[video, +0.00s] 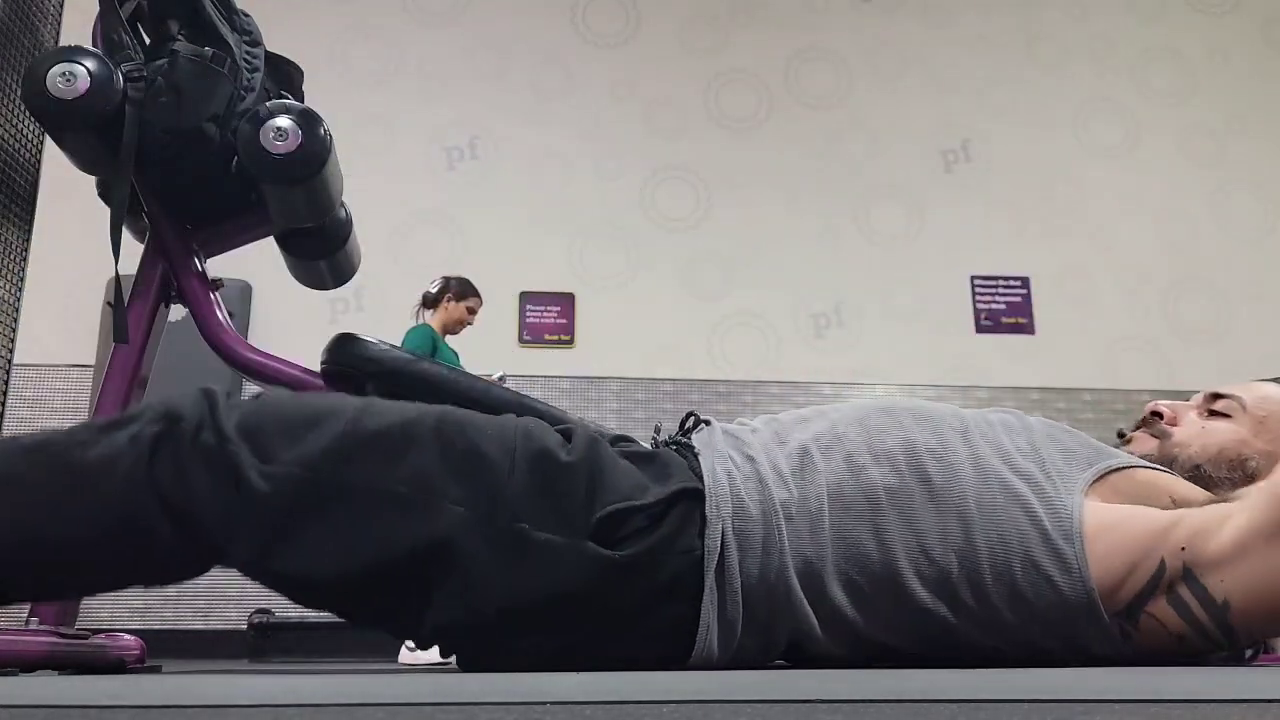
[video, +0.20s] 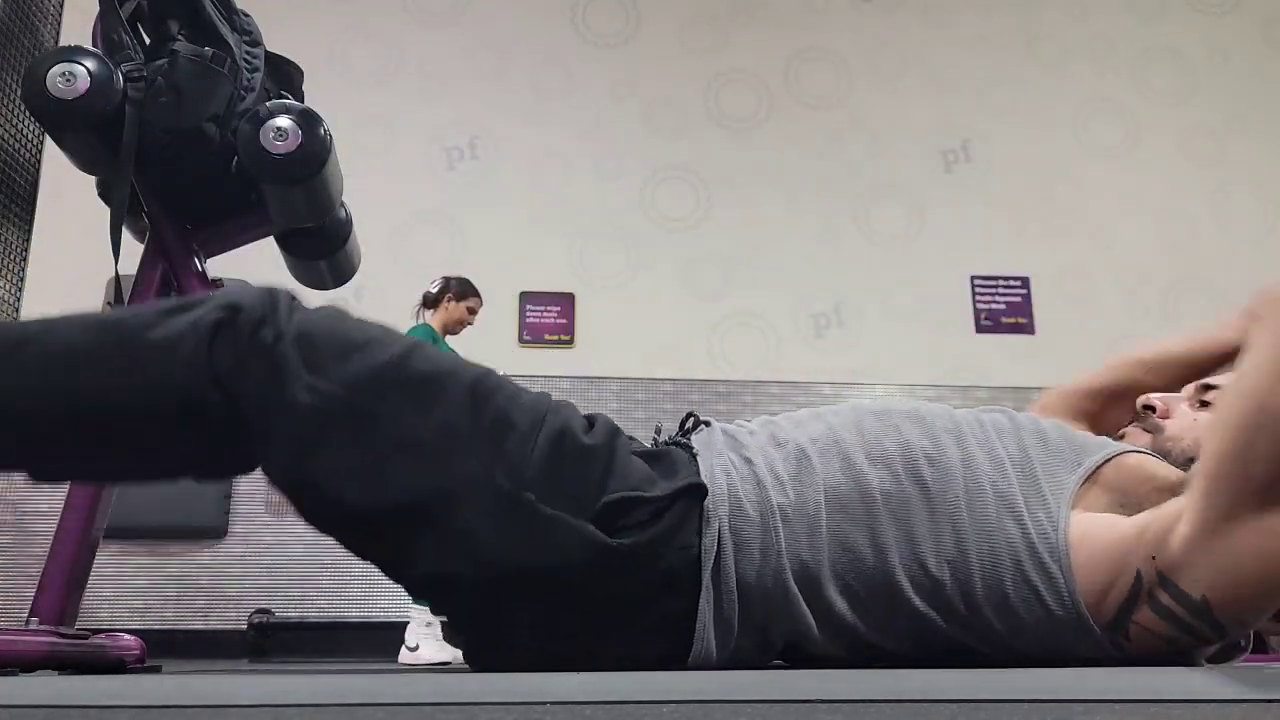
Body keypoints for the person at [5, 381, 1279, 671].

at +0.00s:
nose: (1196, 405)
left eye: (1225, 419)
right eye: (1208, 397)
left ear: (1234, 479)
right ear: (1172, 425)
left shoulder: (1177, 557)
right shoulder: (1104, 483)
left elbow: (1273, 542)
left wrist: (1245, 453)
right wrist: (1231, 440)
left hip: (658, 538)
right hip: (651, 470)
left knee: (216, 451)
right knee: (239, 440)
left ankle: (13, 523)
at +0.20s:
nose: (1196, 406)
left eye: (1228, 410)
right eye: (1210, 399)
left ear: (1246, 470)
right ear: (1183, 428)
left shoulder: (1186, 570)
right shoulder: (1109, 483)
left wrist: (1195, 386)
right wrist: (1193, 380)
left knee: (257, 344)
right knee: (277, 338)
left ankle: (8, 380)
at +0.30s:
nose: (1196, 386)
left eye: (1232, 408)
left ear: (1256, 444)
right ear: (1197, 399)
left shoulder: (1196, 546)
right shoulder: (1081, 479)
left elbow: (1229, 222)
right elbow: (978, 395)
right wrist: (1114, 244)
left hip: (649, 557)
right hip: (649, 493)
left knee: (310, 302)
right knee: (332, 308)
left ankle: (9, 319)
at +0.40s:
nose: (1176, 348)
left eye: (1213, 360)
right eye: (1194, 342)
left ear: (1252, 439)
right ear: (1161, 396)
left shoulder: (1206, 530)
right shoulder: (1068, 478)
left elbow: (1074, 254)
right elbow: (906, 395)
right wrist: (930, 202)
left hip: (656, 565)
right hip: (643, 508)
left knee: (350, 275)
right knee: (368, 287)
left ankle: (20, 267)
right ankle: (224, 202)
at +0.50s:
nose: (1086, 340)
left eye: (1129, 329)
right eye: (1100, 321)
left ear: (1224, 382)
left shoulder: (1195, 487)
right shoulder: (1040, 469)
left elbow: (951, 274)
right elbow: (833, 369)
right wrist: (738, 201)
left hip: (686, 561)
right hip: (669, 522)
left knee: (368, 265)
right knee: (381, 285)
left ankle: (23, 230)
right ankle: (68, 235)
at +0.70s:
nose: (932, 263)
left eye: (960, 237)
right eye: (933, 241)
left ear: (1068, 247)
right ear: (983, 260)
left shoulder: (1107, 352)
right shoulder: (954, 403)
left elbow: (807, 261)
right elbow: (723, 358)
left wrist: (585, 155)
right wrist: (545, 255)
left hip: (709, 555)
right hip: (685, 532)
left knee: (398, 251)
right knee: (398, 264)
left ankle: (49, 204)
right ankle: (76, 198)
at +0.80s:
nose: (868, 221)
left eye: (898, 195)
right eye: (871, 199)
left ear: (1005, 191)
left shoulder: (1049, 302)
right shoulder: (886, 364)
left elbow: (743, 219)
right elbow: (655, 330)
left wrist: (525, 129)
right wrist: (460, 222)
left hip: (695, 554)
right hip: (661, 545)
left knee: (408, 225)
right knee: (403, 250)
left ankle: (61, 170)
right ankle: (87, 181)